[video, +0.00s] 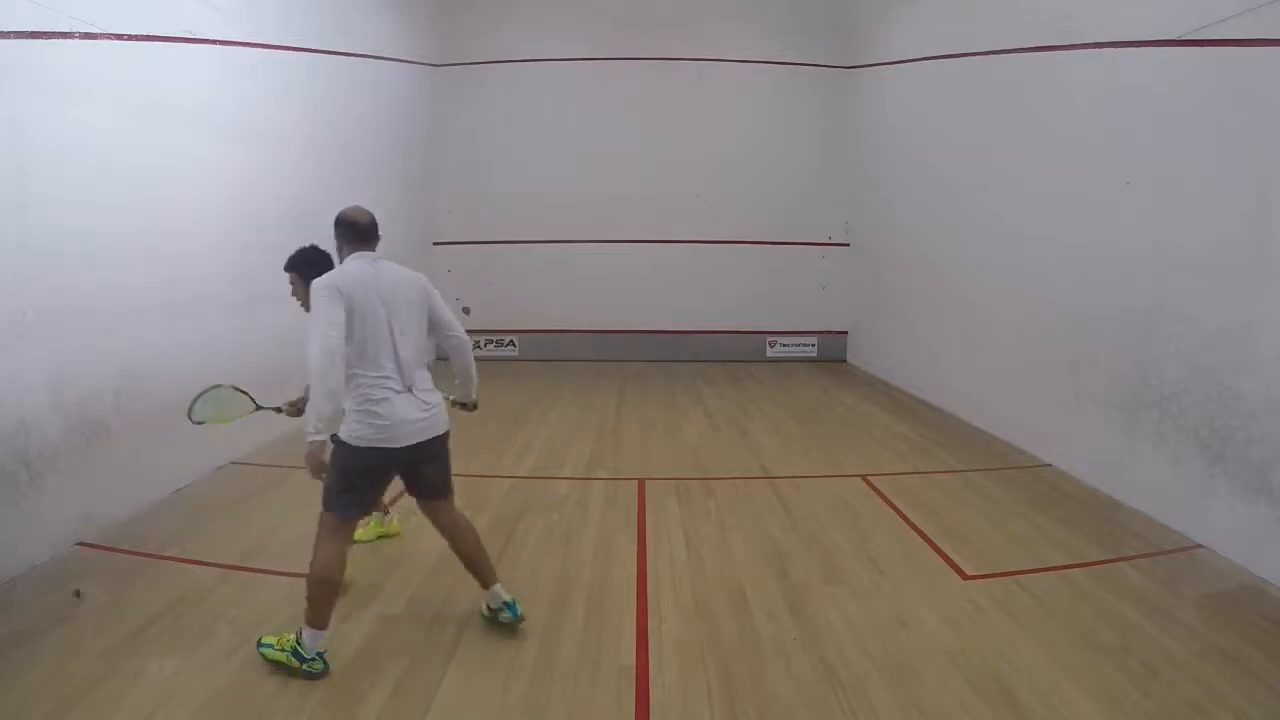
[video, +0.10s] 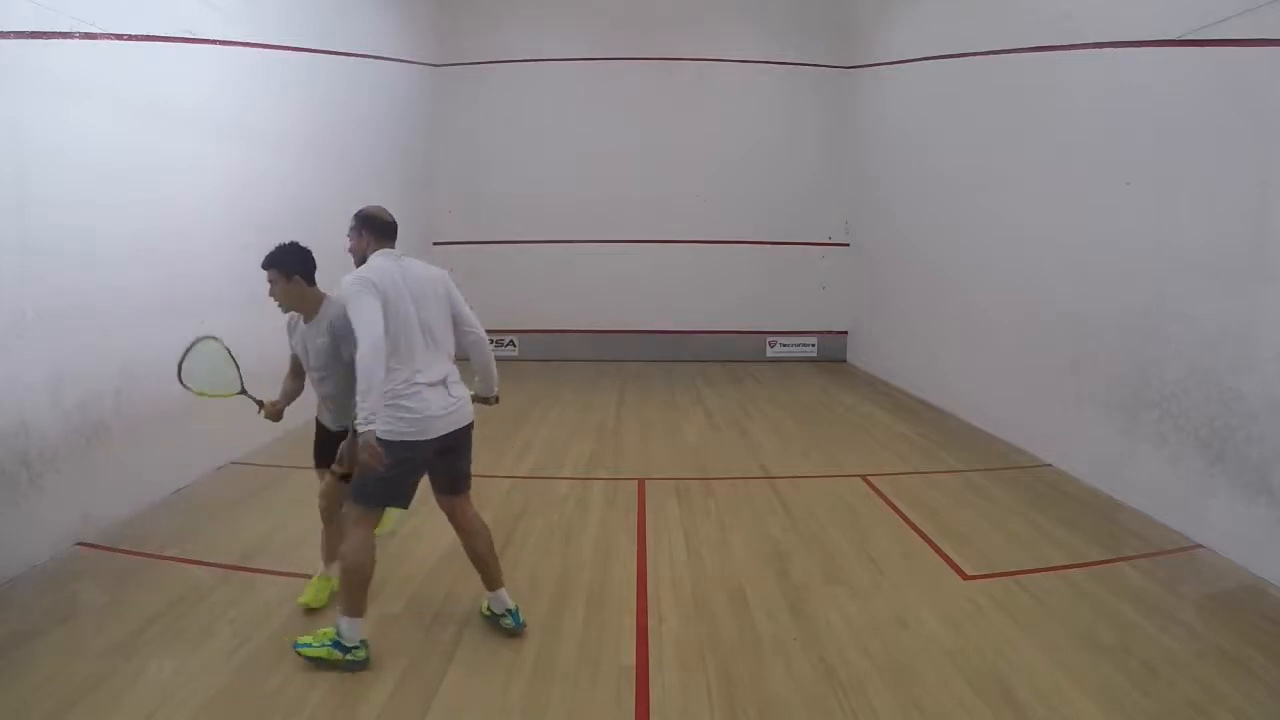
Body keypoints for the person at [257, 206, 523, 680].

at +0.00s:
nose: (338, 249)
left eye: (336, 242)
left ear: (338, 242)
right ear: (378, 240)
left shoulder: (330, 286)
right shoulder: (415, 281)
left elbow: (327, 357)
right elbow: (457, 340)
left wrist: (318, 433)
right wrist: (467, 392)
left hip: (367, 435)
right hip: (427, 426)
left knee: (333, 533)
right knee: (445, 511)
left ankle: (310, 647)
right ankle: (500, 601)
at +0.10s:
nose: (347, 245)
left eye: (351, 237)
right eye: (349, 237)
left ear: (366, 238)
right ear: (391, 237)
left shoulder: (359, 282)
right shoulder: (436, 275)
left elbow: (371, 344)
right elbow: (475, 337)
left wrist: (365, 423)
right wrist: (488, 388)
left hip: (397, 426)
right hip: (454, 417)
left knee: (358, 519)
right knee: (459, 503)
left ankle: (349, 637)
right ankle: (503, 606)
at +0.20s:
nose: (355, 232)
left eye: (360, 223)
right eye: (356, 224)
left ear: (384, 220)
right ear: (396, 222)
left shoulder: (380, 265)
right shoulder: (444, 259)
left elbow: (399, 328)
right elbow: (481, 322)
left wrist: (396, 404)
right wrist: (494, 379)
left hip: (418, 406)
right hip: (467, 398)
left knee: (392, 502)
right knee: (464, 490)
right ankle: (503, 592)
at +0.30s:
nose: (365, 227)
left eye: (372, 218)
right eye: (364, 220)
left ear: (398, 218)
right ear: (404, 221)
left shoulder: (392, 259)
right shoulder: (450, 255)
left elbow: (414, 316)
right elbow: (485, 320)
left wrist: (411, 394)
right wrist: (496, 375)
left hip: (433, 399)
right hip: (476, 391)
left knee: (431, 494)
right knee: (457, 479)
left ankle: (489, 588)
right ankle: (510, 558)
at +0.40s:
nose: (374, 237)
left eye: (382, 230)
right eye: (374, 230)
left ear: (408, 231)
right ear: (413, 235)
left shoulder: (400, 270)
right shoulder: (455, 267)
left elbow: (424, 324)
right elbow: (490, 331)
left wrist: (414, 402)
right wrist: (504, 384)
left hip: (446, 409)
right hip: (484, 401)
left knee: (459, 509)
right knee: (466, 476)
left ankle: (505, 597)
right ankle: (516, 546)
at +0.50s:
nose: (380, 242)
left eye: (388, 234)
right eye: (381, 235)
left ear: (416, 236)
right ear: (419, 239)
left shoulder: (412, 271)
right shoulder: (457, 269)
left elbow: (437, 327)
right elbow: (489, 333)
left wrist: (413, 404)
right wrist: (504, 387)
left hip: (453, 408)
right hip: (491, 399)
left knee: (454, 504)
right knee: (479, 470)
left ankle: (503, 595)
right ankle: (509, 543)